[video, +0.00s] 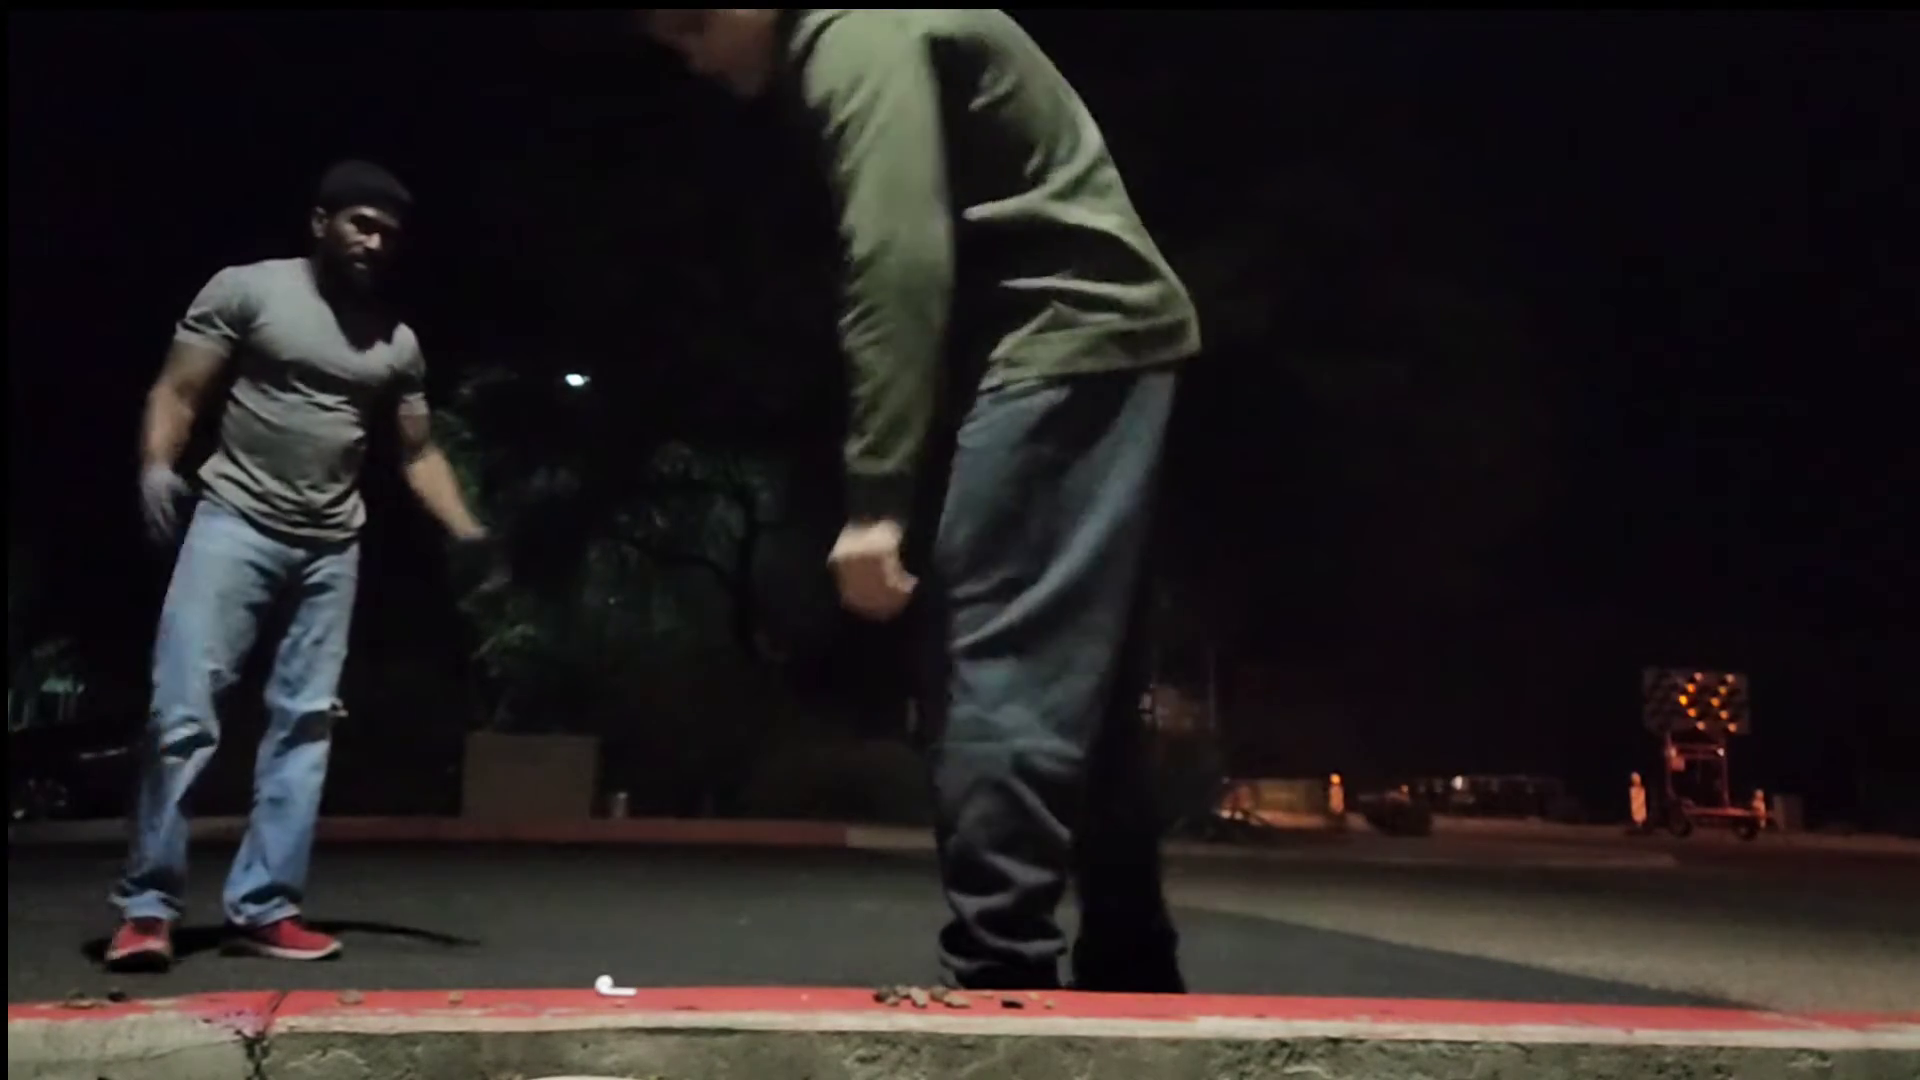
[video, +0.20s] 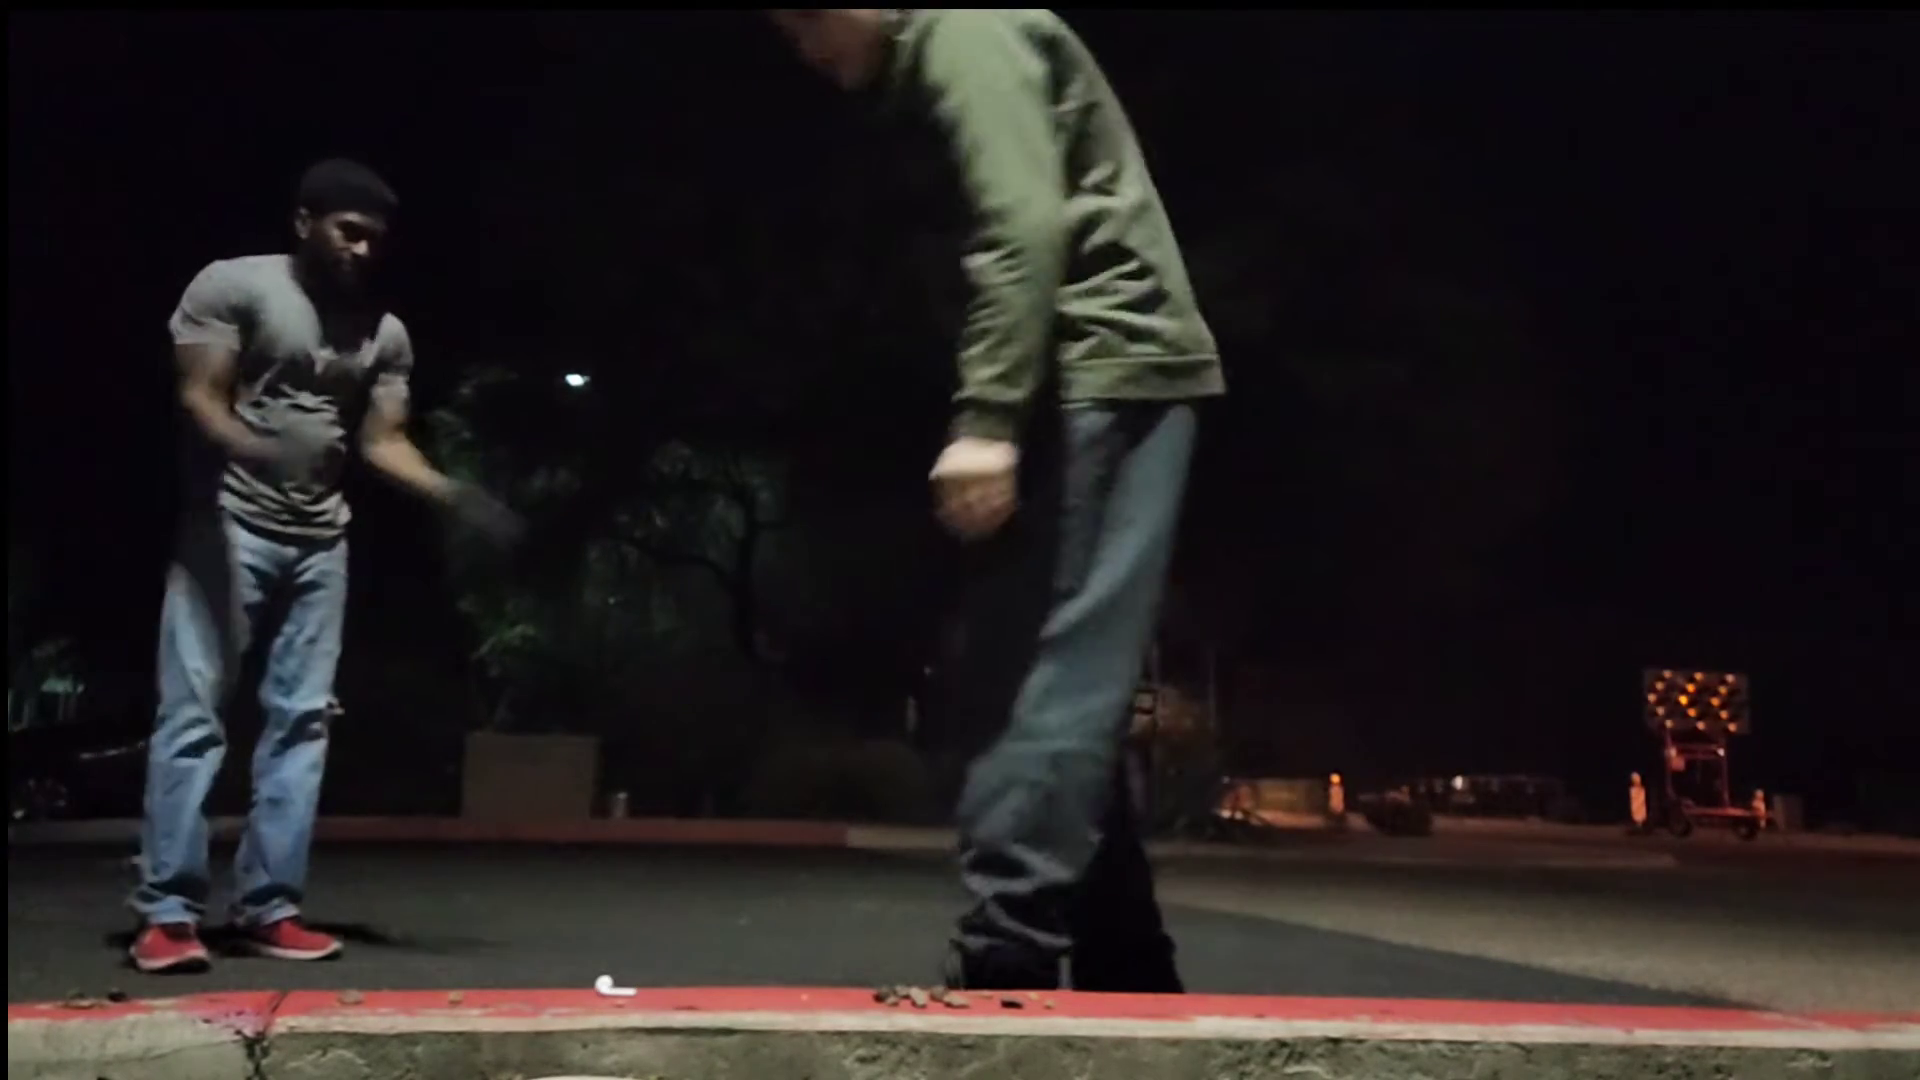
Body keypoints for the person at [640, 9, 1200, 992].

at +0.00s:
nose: (695, 66)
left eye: (687, 38)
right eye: (680, 49)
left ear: (738, 5)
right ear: (737, 15)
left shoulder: (861, 36)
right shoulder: (858, 38)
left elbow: (901, 257)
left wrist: (875, 501)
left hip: (1069, 339)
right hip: (1105, 335)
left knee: (998, 648)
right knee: (1071, 664)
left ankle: (1000, 967)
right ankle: (1130, 974)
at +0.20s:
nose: (807, 50)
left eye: (807, 26)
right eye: (796, 37)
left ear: (854, 4)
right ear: (844, 24)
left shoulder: (967, 35)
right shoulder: (941, 55)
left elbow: (1025, 225)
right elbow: (1022, 234)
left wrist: (984, 423)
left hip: (1121, 366)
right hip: (1082, 375)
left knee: (1070, 652)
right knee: (1056, 653)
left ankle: (1011, 943)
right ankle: (1123, 959)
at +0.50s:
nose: (898, 33)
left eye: (905, 15)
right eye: (895, 22)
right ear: (943, 21)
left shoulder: (1070, 30)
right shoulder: (1003, 79)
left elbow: (1135, 208)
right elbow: (1039, 272)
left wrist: (1103, 386)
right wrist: (1032, 427)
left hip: (1155, 389)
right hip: (1088, 405)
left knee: (1133, 674)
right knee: (1090, 681)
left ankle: (1179, 966)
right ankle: (1119, 968)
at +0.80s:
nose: (970, 28)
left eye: (978, 12)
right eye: (966, 20)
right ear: (1011, 23)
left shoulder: (1135, 31)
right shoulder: (1056, 97)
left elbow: (1232, 151)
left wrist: (1138, 314)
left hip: (1192, 446)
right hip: (1093, 463)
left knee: (1247, 699)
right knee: (1102, 719)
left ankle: (1330, 947)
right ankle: (1132, 967)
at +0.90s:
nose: (996, 23)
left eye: (1006, 8)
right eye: (994, 17)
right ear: (1030, 25)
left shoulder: (1166, 33)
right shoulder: (1078, 97)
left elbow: (1295, 130)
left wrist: (1203, 263)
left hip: (1200, 440)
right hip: (1099, 454)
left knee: (1247, 701)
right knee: (1107, 713)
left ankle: (1334, 953)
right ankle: (1131, 965)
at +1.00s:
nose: (1021, 22)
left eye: (1030, 9)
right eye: (1019, 16)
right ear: (1057, 24)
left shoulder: (1199, 34)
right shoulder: (1105, 96)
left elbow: (1356, 112)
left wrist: (1300, 211)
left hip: (1226, 438)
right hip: (1117, 452)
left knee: (1265, 710)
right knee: (1108, 712)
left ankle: (1341, 965)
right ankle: (1129, 971)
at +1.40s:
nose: (1088, 43)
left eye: (1094, 22)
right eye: (1083, 29)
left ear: (1148, 8)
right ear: (1134, 24)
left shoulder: (1286, 81)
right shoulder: (1161, 124)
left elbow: (1365, 236)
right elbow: (1180, 324)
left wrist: (1281, 348)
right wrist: (1106, 443)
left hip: (1278, 473)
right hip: (1161, 478)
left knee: (1310, 718)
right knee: (1119, 685)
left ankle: (1347, 958)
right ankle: (1135, 946)